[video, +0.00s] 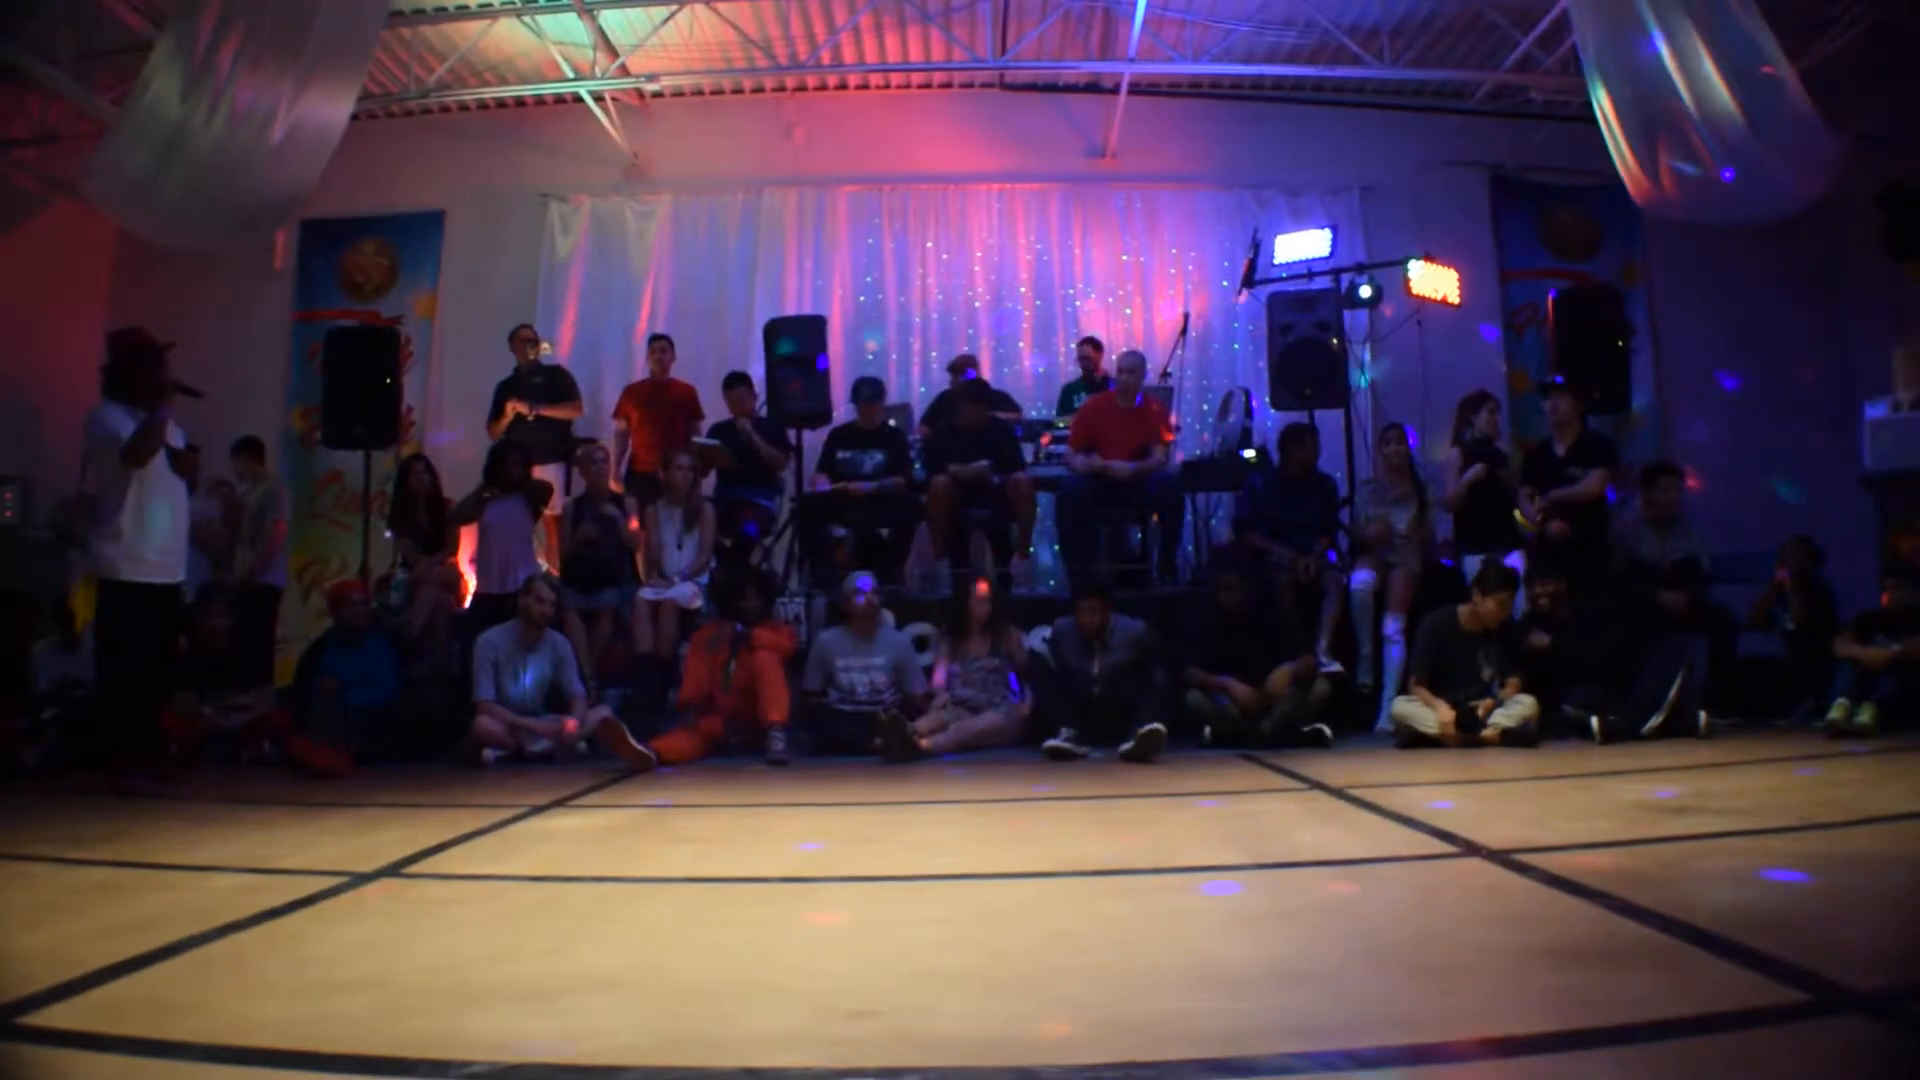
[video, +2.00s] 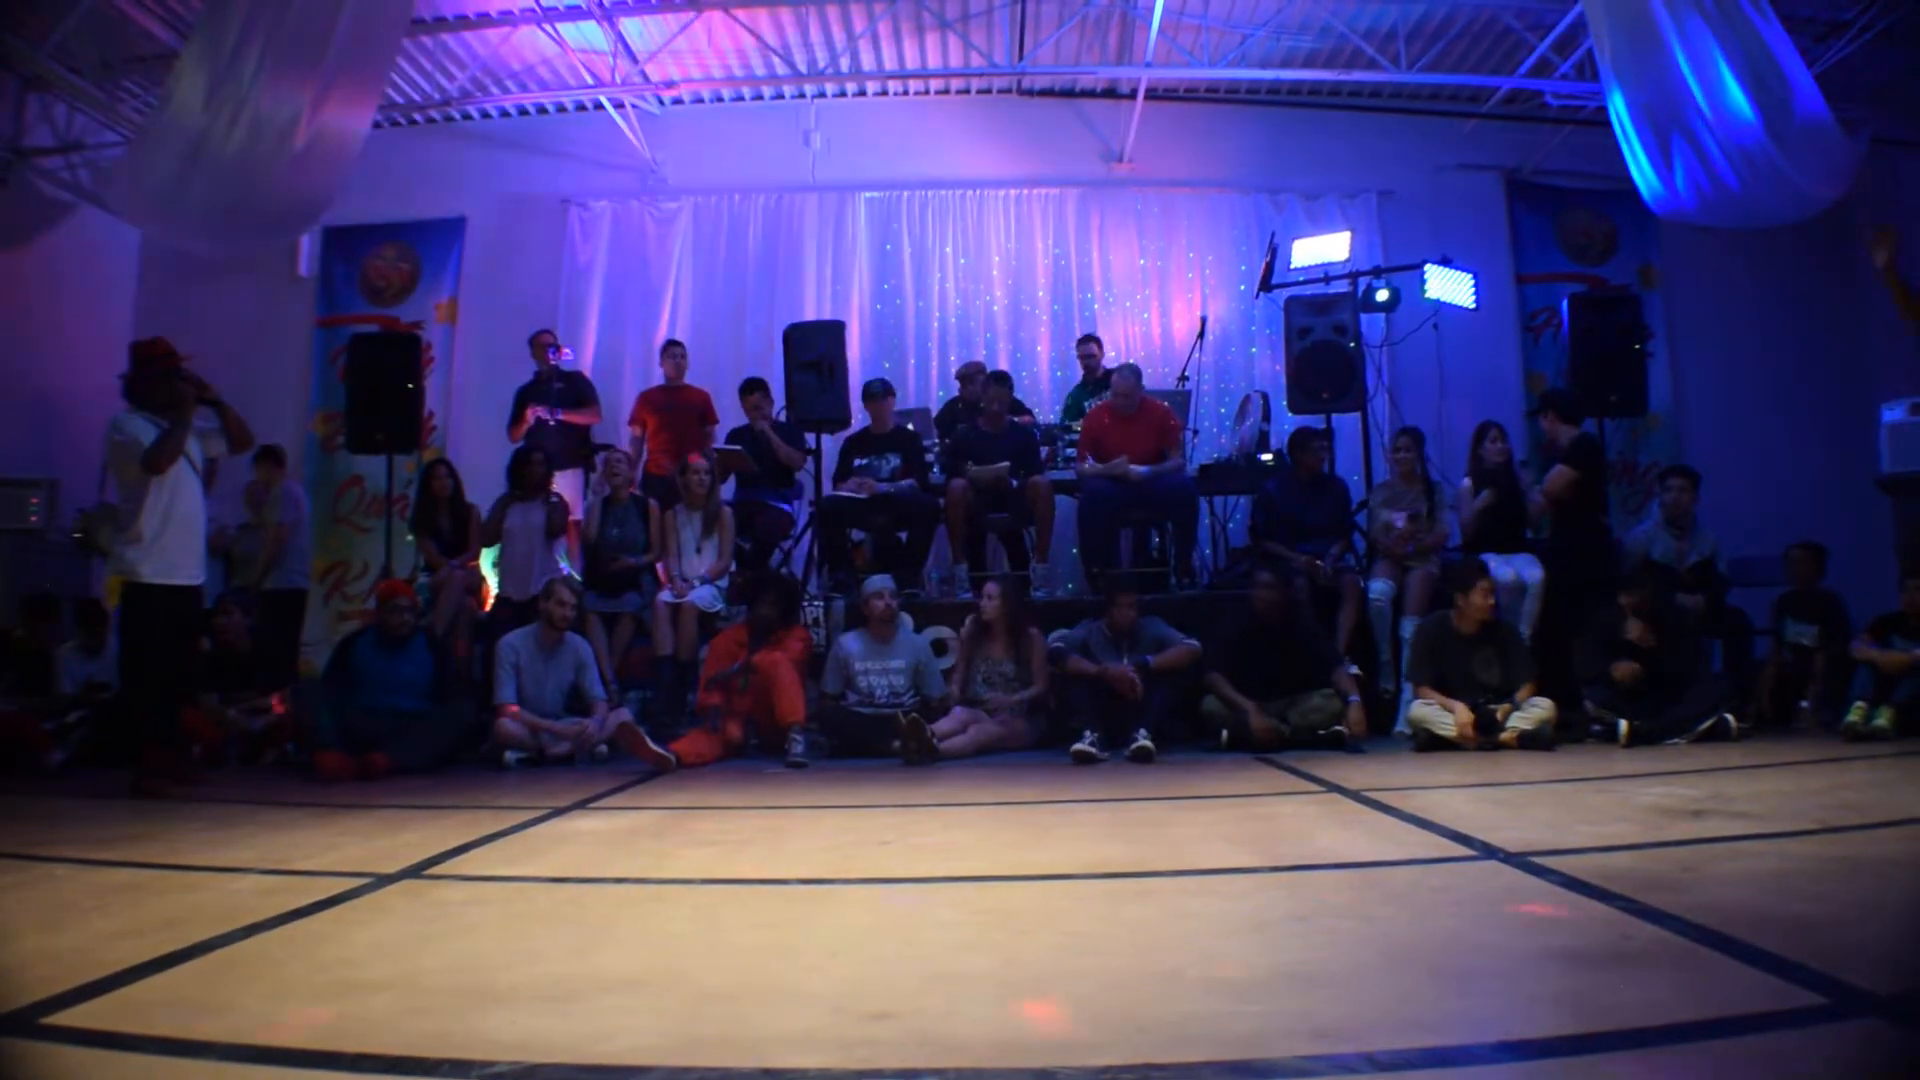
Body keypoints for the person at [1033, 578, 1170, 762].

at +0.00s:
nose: (1087, 620)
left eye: (1094, 613)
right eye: (1082, 613)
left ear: (1106, 613)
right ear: (1075, 614)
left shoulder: (1134, 632)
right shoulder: (1062, 631)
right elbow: (1063, 672)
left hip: (1122, 711)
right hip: (1080, 712)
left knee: (1151, 677)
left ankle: (1138, 735)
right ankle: (1067, 733)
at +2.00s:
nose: (1128, 614)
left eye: (1132, 607)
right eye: (1122, 608)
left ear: (1138, 609)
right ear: (1109, 609)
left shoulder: (1150, 628)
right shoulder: (1091, 631)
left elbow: (1192, 649)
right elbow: (1055, 651)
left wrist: (1143, 665)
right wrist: (1105, 673)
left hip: (1143, 705)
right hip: (1103, 706)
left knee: (1165, 672)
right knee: (1079, 672)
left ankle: (1143, 734)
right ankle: (1091, 736)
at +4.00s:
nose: (1124, 610)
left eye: (1129, 604)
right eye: (1119, 604)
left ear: (1139, 607)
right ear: (1110, 608)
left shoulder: (1153, 628)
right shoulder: (1094, 630)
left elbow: (1190, 650)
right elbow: (1063, 653)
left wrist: (1143, 660)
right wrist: (1112, 668)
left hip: (1145, 700)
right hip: (1106, 700)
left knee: (1168, 672)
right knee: (1088, 673)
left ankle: (1143, 734)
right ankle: (1100, 734)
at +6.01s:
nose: (1133, 606)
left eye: (1132, 600)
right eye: (1125, 601)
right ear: (1105, 610)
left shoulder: (1143, 627)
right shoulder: (1086, 633)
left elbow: (1185, 647)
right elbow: (1053, 652)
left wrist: (1136, 659)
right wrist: (1105, 668)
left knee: (1160, 668)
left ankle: (1142, 734)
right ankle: (1099, 734)